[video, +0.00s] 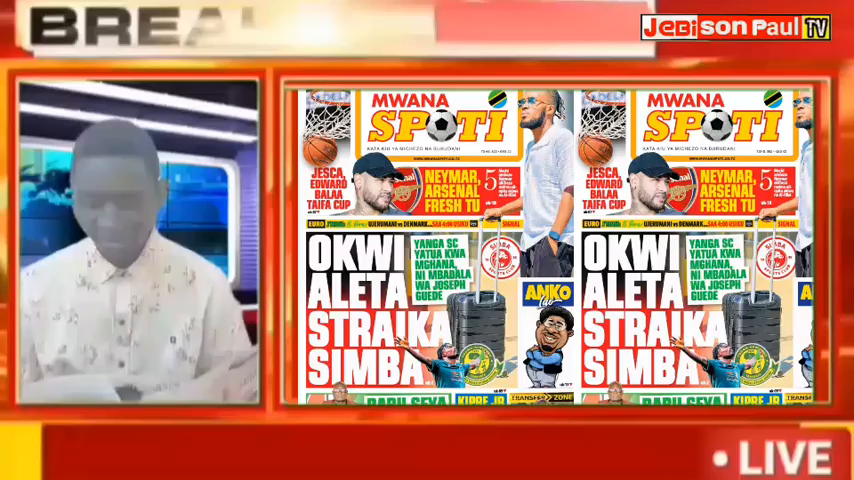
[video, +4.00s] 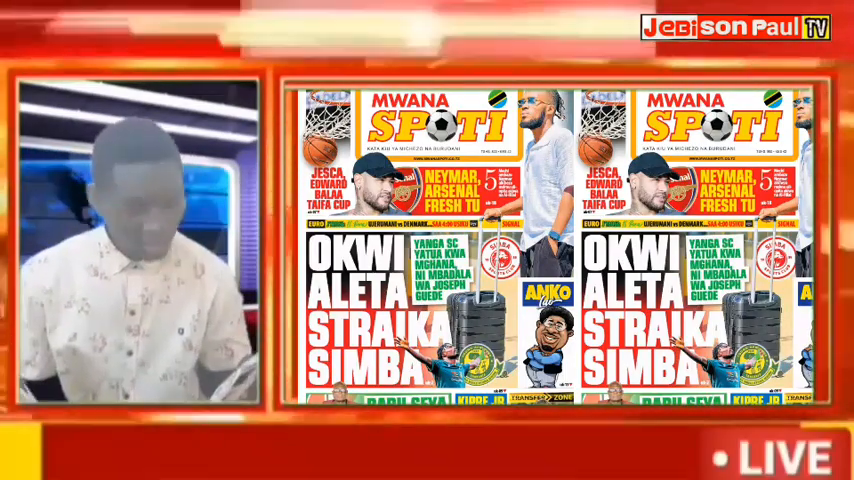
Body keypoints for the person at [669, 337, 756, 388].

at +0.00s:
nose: (729, 348)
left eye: (729, 347)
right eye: (725, 347)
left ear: (731, 351)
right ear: (718, 353)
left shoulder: (737, 366)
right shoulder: (714, 364)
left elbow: (750, 365)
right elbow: (698, 359)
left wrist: (754, 358)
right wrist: (683, 348)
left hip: (737, 401)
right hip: (720, 401)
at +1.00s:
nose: (729, 348)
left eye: (729, 347)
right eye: (725, 347)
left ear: (731, 351)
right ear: (718, 353)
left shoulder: (737, 366)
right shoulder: (714, 364)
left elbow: (750, 365)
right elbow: (698, 359)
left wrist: (755, 358)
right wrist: (683, 348)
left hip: (737, 401)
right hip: (720, 401)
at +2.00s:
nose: (729, 348)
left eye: (729, 347)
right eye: (725, 347)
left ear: (731, 351)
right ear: (718, 353)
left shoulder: (737, 366)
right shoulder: (714, 364)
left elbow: (750, 365)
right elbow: (698, 359)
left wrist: (754, 359)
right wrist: (684, 348)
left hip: (737, 401)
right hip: (720, 401)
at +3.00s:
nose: (729, 348)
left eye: (729, 346)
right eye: (725, 347)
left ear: (731, 351)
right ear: (719, 353)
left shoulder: (737, 366)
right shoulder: (714, 364)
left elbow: (749, 365)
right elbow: (698, 359)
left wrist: (754, 359)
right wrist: (684, 348)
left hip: (736, 401)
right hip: (720, 401)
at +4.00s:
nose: (729, 348)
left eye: (729, 347)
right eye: (725, 347)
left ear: (731, 351)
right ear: (718, 353)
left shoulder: (737, 366)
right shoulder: (714, 364)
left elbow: (750, 365)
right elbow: (698, 359)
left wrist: (754, 359)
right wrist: (684, 348)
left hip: (737, 401)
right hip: (720, 401)